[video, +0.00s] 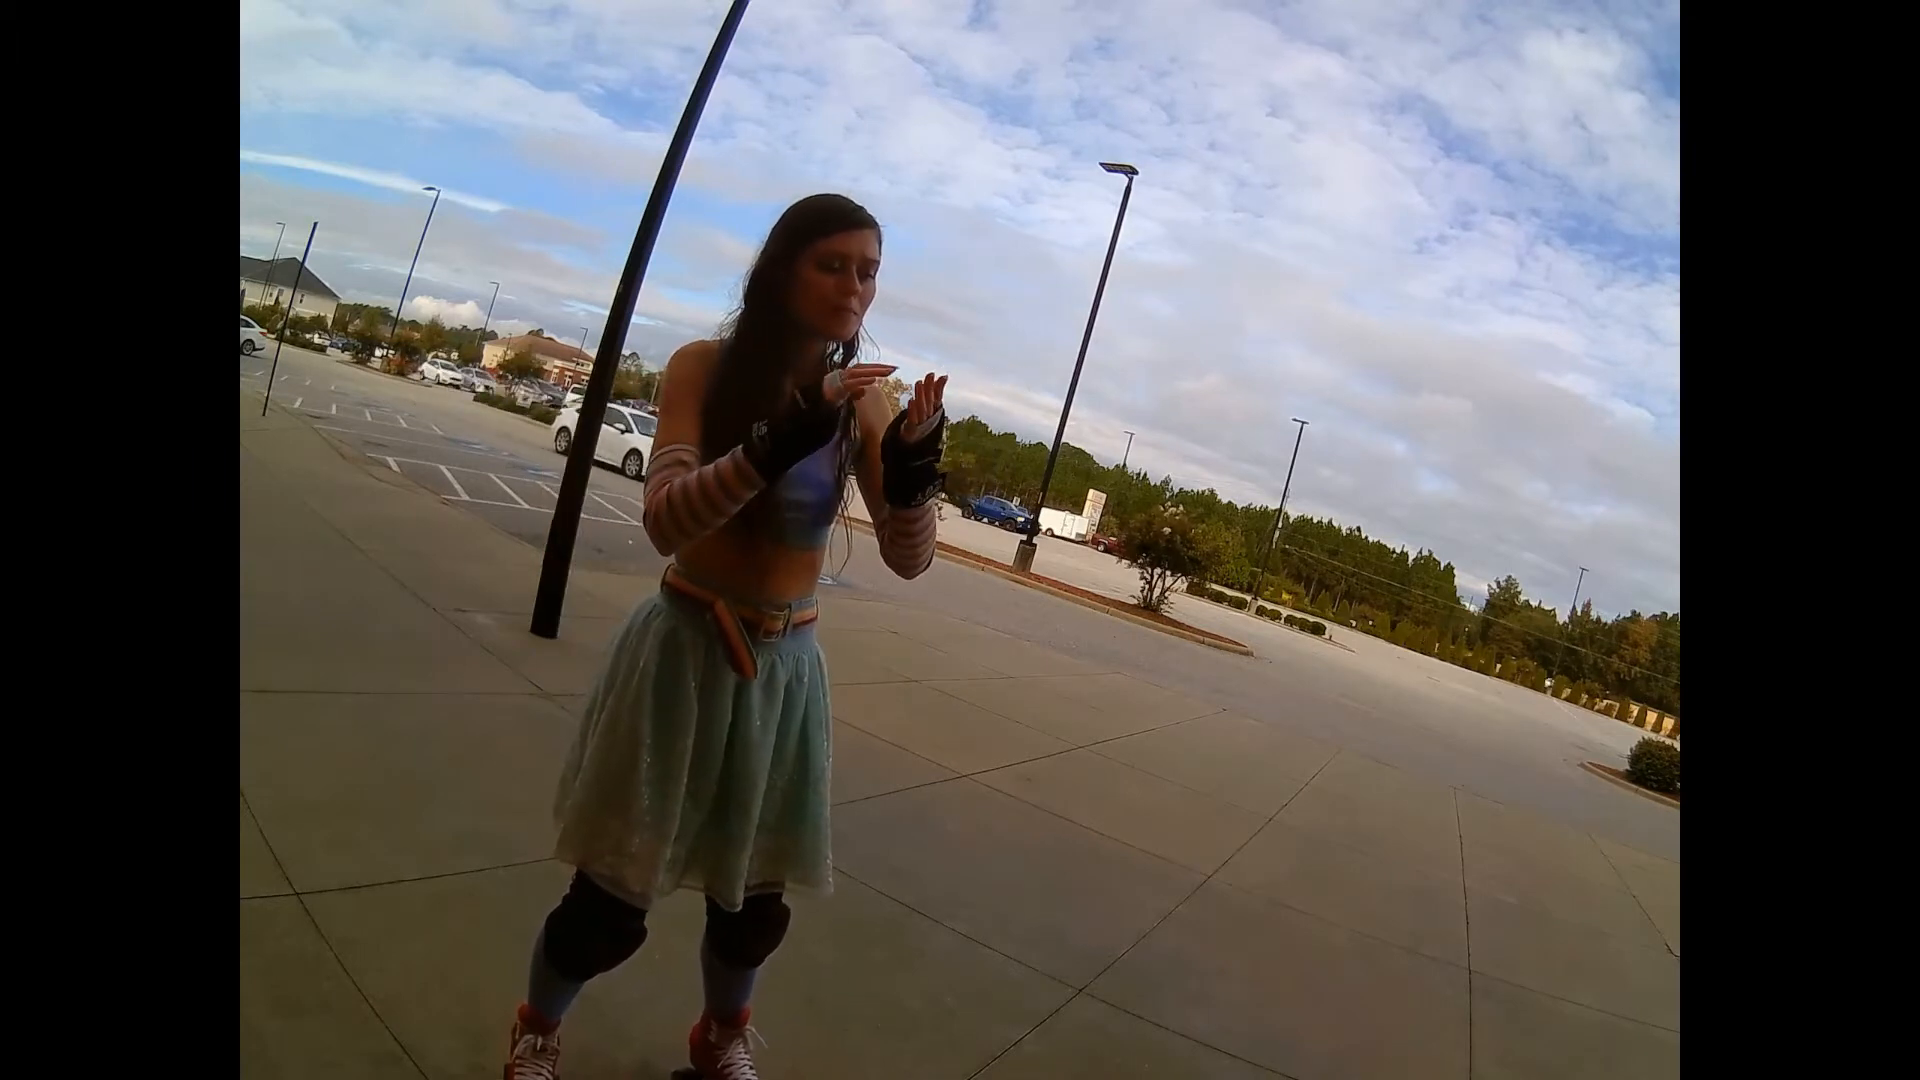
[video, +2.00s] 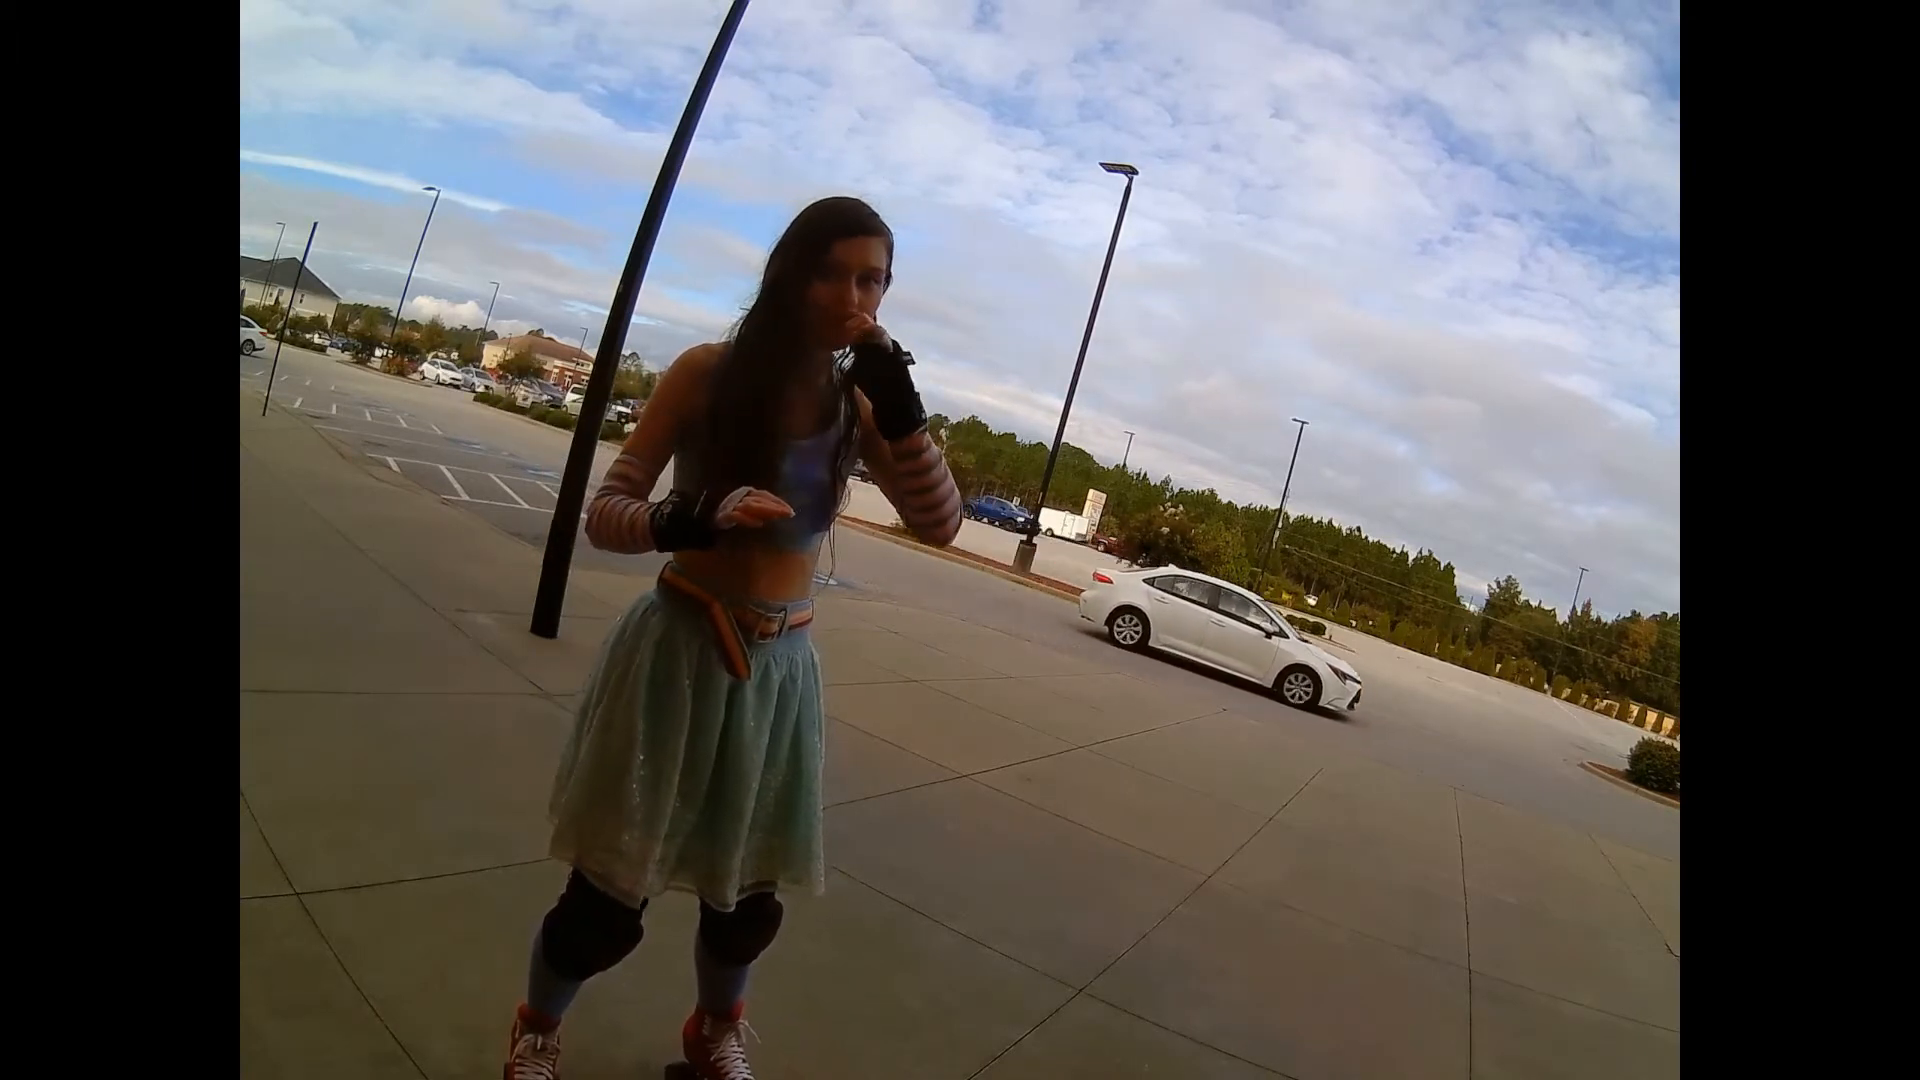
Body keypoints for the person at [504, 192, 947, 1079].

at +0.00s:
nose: (852, 286)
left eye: (867, 272)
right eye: (833, 265)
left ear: (875, 287)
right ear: (783, 269)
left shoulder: (859, 401)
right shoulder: (704, 369)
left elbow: (909, 558)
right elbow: (668, 521)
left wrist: (913, 453)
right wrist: (788, 436)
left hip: (786, 664)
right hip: (685, 647)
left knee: (756, 908)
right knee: (614, 905)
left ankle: (721, 1039)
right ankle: (536, 1032)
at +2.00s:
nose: (861, 300)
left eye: (877, 282)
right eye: (844, 278)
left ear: (885, 295)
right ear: (795, 277)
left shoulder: (858, 407)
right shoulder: (705, 376)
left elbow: (938, 521)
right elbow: (607, 513)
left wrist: (898, 398)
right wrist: (695, 518)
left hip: (779, 665)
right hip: (675, 648)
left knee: (749, 906)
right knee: (605, 906)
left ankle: (715, 1036)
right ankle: (536, 1036)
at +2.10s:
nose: (842, 292)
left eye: (863, 276)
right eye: (824, 270)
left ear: (879, 291)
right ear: (784, 272)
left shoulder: (861, 401)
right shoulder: (704, 374)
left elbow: (919, 553)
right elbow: (606, 510)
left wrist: (897, 418)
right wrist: (684, 522)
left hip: (779, 664)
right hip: (675, 645)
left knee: (748, 904)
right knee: (605, 901)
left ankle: (715, 1033)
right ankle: (534, 1036)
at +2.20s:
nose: (828, 288)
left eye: (850, 272)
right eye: (810, 266)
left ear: (871, 290)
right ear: (774, 270)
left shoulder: (862, 410)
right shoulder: (699, 373)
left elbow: (878, 578)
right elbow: (604, 503)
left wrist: (895, 483)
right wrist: (655, 547)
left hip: (776, 668)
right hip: (671, 650)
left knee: (747, 901)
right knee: (602, 895)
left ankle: (714, 1037)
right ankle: (535, 1037)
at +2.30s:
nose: (816, 286)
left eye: (839, 269)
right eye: (798, 264)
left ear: (863, 288)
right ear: (764, 272)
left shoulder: (865, 411)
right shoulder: (695, 373)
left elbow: (845, 544)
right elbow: (605, 496)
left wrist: (874, 609)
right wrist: (620, 570)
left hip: (773, 672)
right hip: (666, 656)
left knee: (746, 905)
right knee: (599, 896)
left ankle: (714, 1035)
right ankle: (535, 1033)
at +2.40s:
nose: (801, 286)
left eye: (826, 270)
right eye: (785, 264)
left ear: (856, 290)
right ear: (755, 272)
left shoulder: (859, 412)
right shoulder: (690, 371)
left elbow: (833, 561)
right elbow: (607, 497)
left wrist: (839, 691)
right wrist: (578, 604)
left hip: (775, 673)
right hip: (663, 652)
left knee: (744, 903)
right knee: (596, 892)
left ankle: (713, 1038)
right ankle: (536, 1036)